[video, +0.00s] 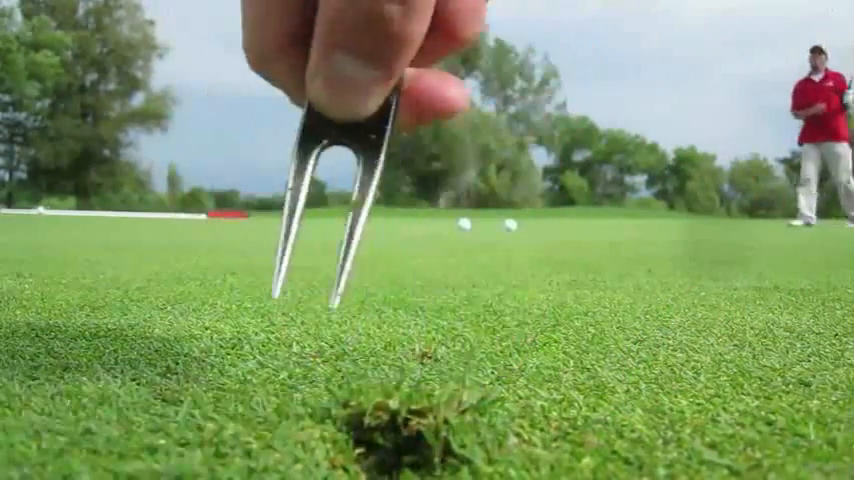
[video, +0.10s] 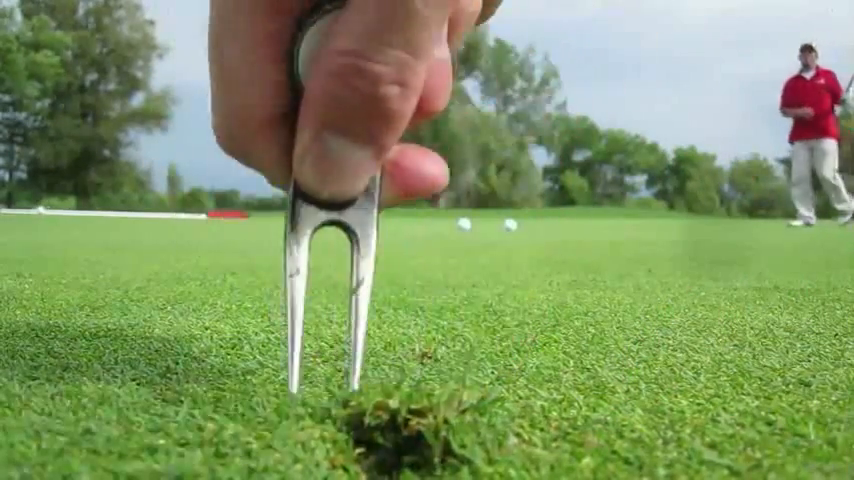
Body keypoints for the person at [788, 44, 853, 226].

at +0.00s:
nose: (816, 60)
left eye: (819, 56)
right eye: (813, 57)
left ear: (825, 59)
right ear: (809, 60)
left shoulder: (838, 80)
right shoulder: (801, 85)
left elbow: (846, 103)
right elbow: (796, 112)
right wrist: (813, 110)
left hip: (836, 137)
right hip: (810, 138)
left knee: (844, 180)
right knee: (807, 179)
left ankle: (851, 215)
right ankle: (806, 216)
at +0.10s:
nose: (806, 58)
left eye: (809, 54)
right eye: (803, 55)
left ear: (816, 57)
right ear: (799, 58)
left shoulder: (828, 77)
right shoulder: (791, 83)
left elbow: (840, 100)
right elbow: (783, 109)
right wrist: (800, 112)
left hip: (825, 134)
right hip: (801, 136)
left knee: (826, 173)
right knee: (799, 178)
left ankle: (846, 209)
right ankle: (805, 216)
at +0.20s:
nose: (798, 56)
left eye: (801, 52)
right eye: (795, 53)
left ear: (807, 54)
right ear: (791, 56)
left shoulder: (820, 75)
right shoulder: (784, 81)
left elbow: (832, 97)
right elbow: (773, 106)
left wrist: (839, 97)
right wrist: (787, 110)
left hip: (816, 130)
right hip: (793, 133)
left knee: (808, 169)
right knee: (792, 176)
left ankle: (826, 207)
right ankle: (804, 215)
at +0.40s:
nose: (782, 56)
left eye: (785, 52)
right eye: (779, 53)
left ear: (791, 54)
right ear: (775, 56)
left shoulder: (802, 73)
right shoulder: (768, 80)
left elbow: (817, 93)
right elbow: (759, 104)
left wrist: (831, 94)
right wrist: (763, 114)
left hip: (798, 129)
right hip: (778, 131)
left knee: (784, 170)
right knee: (792, 174)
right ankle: (805, 215)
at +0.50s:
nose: (773, 56)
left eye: (776, 53)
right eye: (770, 53)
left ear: (782, 55)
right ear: (766, 56)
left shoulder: (793, 74)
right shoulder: (760, 81)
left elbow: (809, 94)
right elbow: (754, 105)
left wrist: (822, 98)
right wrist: (750, 120)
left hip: (787, 129)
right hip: (770, 131)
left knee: (772, 169)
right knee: (787, 174)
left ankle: (753, 209)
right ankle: (804, 214)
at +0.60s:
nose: (764, 58)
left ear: (774, 54)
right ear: (757, 57)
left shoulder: (782, 73)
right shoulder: (755, 76)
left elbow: (801, 94)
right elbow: (746, 102)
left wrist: (821, 106)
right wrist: (738, 125)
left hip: (774, 131)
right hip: (758, 132)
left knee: (759, 172)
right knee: (775, 176)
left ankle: (749, 212)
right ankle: (798, 210)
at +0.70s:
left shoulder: (772, 74)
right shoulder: (745, 78)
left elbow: (788, 95)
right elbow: (735, 103)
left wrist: (801, 114)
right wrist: (731, 130)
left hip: (763, 128)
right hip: (747, 130)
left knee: (750, 172)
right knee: (752, 175)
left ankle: (746, 213)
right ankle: (782, 200)